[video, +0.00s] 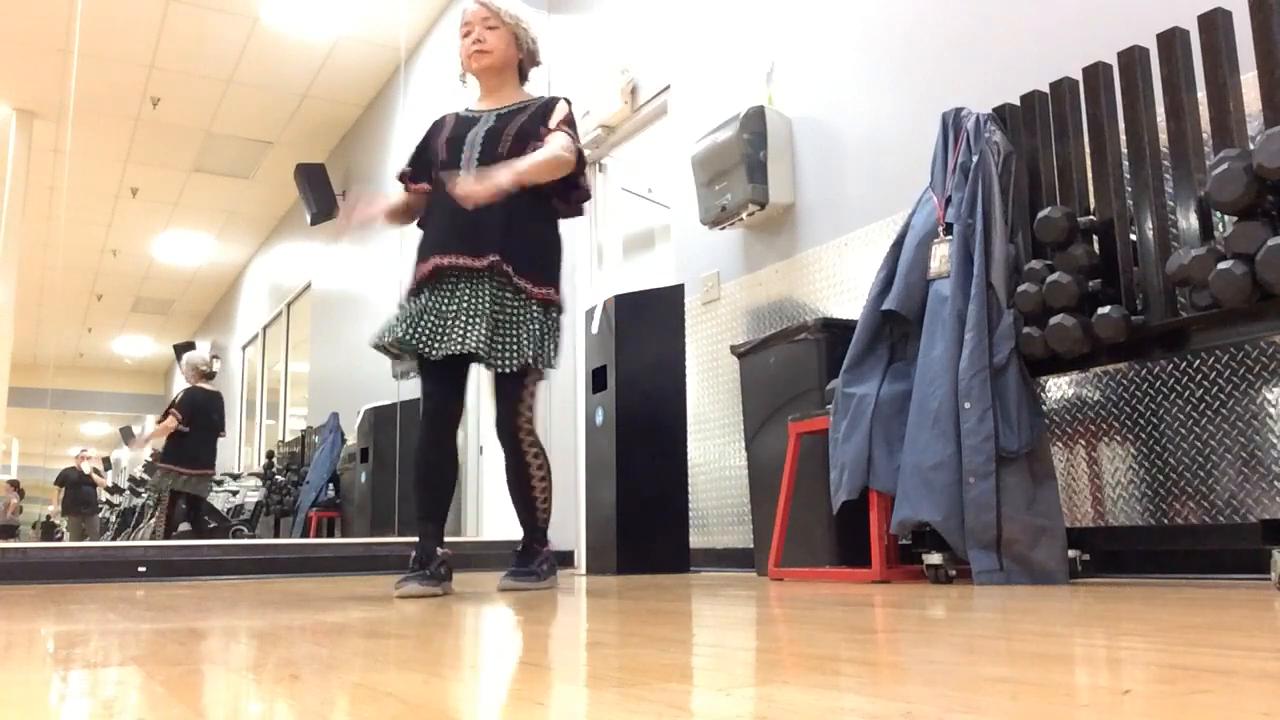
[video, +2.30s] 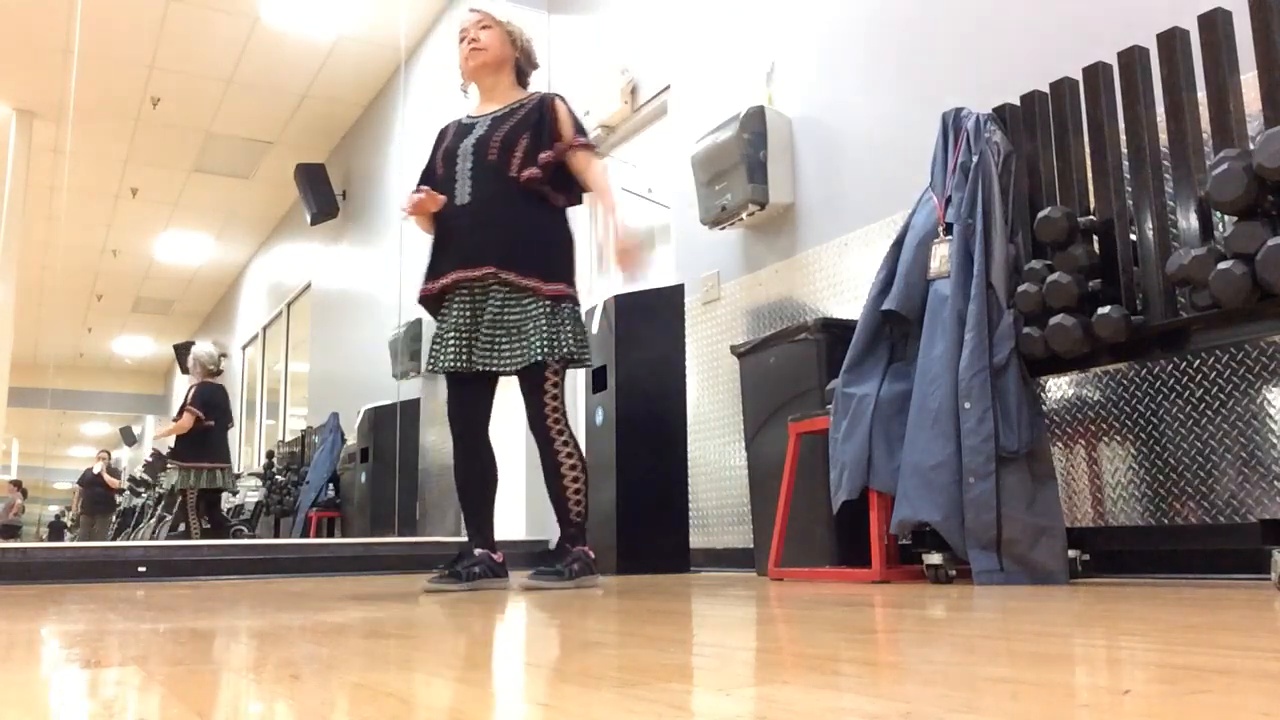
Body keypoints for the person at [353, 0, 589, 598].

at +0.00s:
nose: (474, 37)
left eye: (488, 27)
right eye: (466, 32)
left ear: (521, 45)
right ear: (461, 55)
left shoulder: (549, 109)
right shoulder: (444, 128)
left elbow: (562, 157)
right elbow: (412, 203)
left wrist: (500, 176)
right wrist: (373, 208)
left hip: (518, 282)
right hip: (445, 280)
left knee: (514, 423)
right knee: (437, 421)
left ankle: (535, 551)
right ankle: (427, 556)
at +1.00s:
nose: (460, 46)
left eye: (474, 37)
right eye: (455, 41)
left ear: (505, 57)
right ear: (451, 64)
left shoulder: (526, 121)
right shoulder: (436, 139)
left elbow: (549, 194)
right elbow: (426, 221)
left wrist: (551, 253)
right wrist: (401, 230)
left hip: (500, 287)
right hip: (435, 292)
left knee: (485, 403)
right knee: (442, 425)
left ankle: (529, 535)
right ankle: (476, 549)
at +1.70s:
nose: (447, 30)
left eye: (464, 25)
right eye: (442, 25)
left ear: (490, 51)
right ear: (433, 51)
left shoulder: (509, 113)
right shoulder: (413, 128)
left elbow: (545, 186)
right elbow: (384, 204)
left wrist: (483, 209)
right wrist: (379, 231)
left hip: (487, 286)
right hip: (425, 287)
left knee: (458, 405)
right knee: (430, 418)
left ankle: (439, 547)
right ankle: (476, 547)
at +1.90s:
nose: (453, 29)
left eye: (469, 23)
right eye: (446, 25)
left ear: (497, 47)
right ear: (439, 53)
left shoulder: (517, 106)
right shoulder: (422, 127)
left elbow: (547, 180)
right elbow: (399, 202)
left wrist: (454, 187)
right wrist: (382, 209)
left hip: (498, 279)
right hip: (437, 284)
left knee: (482, 404)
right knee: (449, 417)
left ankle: (504, 548)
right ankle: (475, 550)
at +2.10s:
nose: (459, 36)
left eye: (473, 29)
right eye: (453, 34)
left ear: (505, 50)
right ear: (452, 61)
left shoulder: (527, 107)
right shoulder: (438, 133)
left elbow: (561, 184)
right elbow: (422, 219)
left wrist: (511, 244)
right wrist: (406, 209)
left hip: (515, 282)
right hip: (448, 286)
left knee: (534, 418)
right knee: (459, 425)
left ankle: (575, 546)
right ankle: (481, 551)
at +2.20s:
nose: (464, 38)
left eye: (478, 29)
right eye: (458, 35)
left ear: (510, 49)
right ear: (457, 61)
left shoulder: (537, 107)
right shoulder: (445, 132)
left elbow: (575, 182)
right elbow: (437, 223)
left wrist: (561, 246)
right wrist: (416, 210)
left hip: (523, 279)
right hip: (455, 284)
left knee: (543, 417)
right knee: (462, 423)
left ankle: (574, 548)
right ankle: (482, 552)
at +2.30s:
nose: (469, 37)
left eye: (483, 29)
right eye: (462, 35)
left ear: (514, 48)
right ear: (460, 62)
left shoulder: (545, 107)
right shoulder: (450, 133)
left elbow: (590, 170)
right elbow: (439, 217)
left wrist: (615, 223)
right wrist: (422, 210)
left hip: (534, 280)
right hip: (465, 282)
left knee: (546, 414)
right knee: (466, 421)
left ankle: (576, 549)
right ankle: (483, 551)